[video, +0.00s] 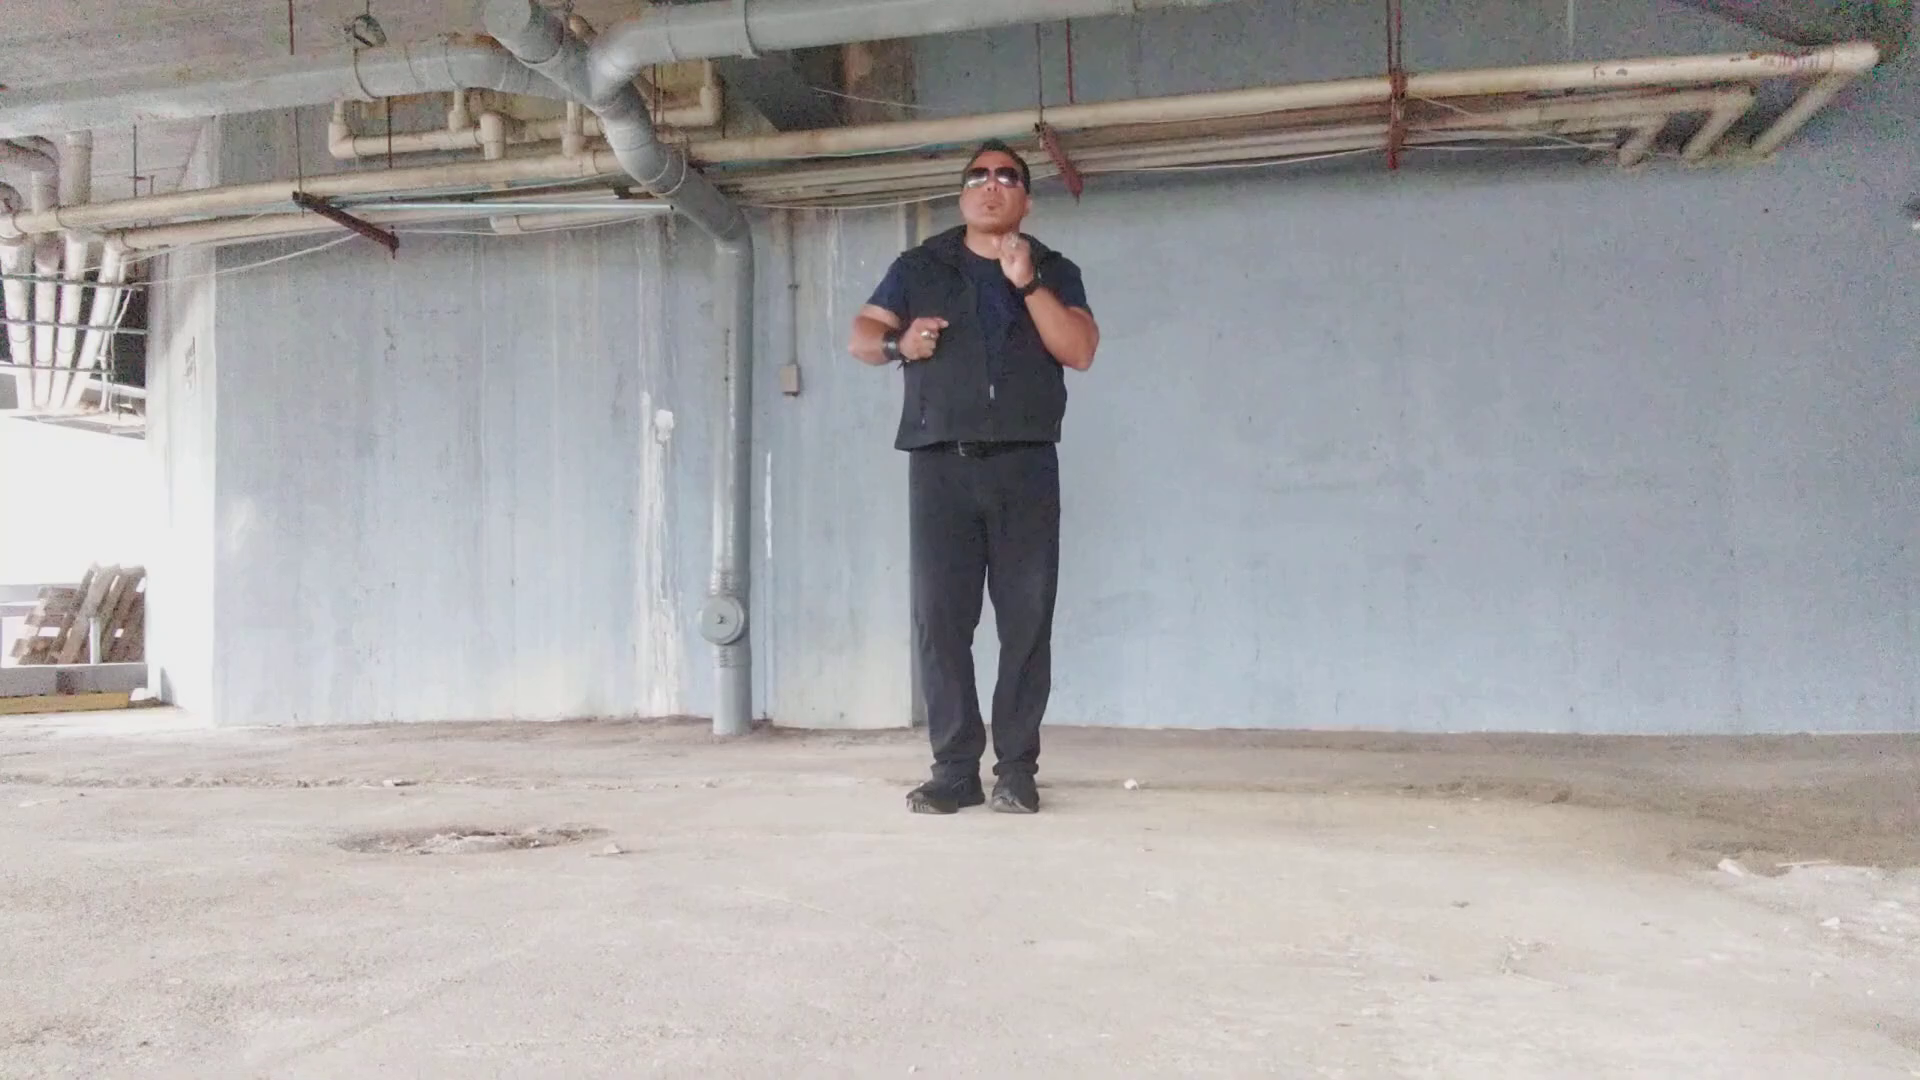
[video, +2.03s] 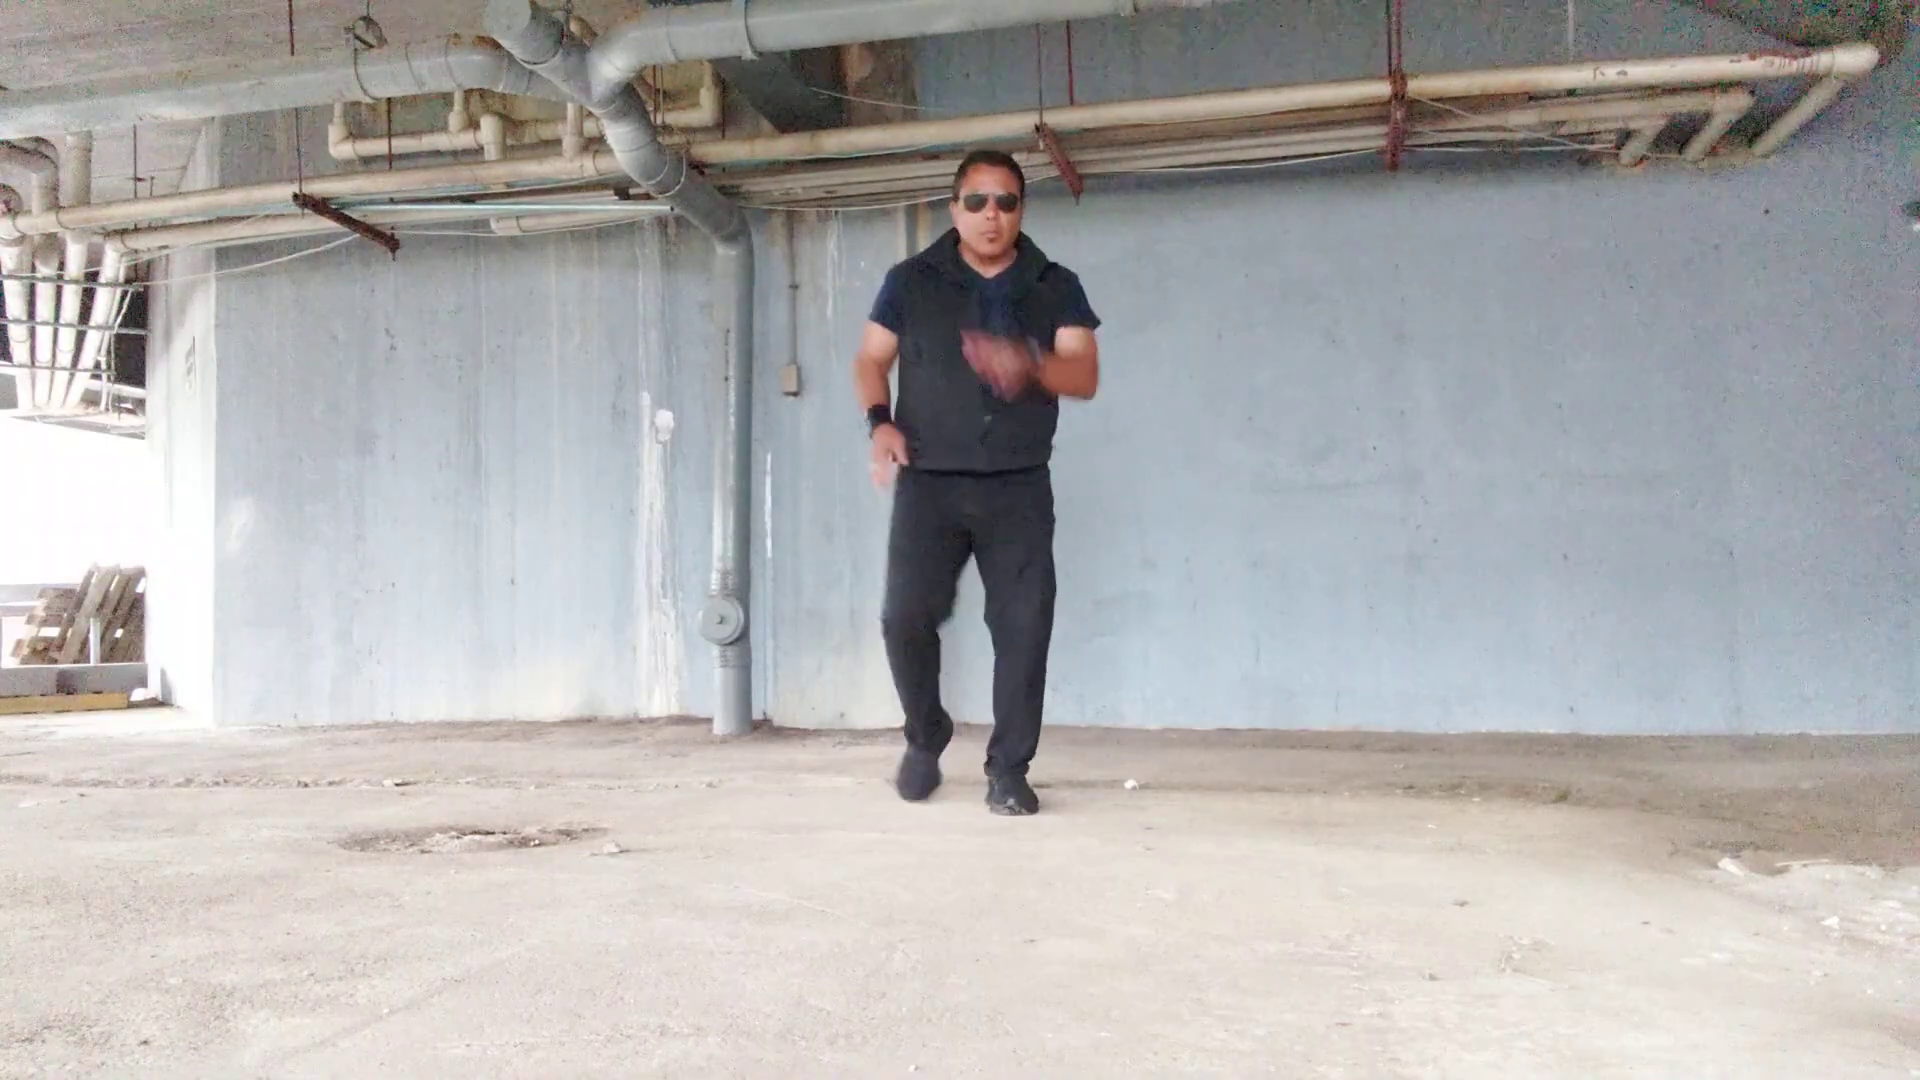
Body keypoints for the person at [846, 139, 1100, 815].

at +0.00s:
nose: (995, 186)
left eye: (1009, 178)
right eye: (982, 177)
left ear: (1027, 200)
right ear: (962, 196)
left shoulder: (1054, 270)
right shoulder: (920, 264)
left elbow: (1080, 351)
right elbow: (861, 338)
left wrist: (1029, 283)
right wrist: (898, 343)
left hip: (1024, 465)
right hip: (939, 466)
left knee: (1027, 622)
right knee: (940, 621)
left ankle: (1017, 768)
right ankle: (954, 770)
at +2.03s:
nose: (991, 215)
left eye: (1005, 203)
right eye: (977, 202)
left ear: (1022, 212)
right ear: (955, 209)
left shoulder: (1054, 285)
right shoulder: (913, 279)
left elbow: (1085, 378)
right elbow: (871, 361)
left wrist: (1031, 365)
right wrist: (881, 422)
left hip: (1017, 489)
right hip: (928, 485)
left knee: (1025, 632)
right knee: (905, 618)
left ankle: (1008, 772)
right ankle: (924, 733)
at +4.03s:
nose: (1000, 185)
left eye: (1015, 172)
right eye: (985, 171)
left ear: (1035, 182)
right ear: (960, 180)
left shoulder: (1072, 264)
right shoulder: (922, 260)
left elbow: (1124, 351)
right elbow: (882, 354)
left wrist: (1172, 428)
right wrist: (942, 349)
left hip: (1032, 467)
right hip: (946, 473)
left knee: (1032, 613)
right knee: (926, 614)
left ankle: (1063, 771)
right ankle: (1022, 729)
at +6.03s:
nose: (1106, 156)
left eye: (1121, 143)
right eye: (1088, 145)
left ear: (1139, 157)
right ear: (1063, 162)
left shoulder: (1176, 242)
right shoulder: (1027, 250)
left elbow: (1232, 323)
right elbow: (984, 346)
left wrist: (1142, 334)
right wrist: (1011, 416)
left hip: (1149, 465)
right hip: (1055, 465)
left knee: (1153, 617)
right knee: (1022, 601)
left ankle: (1150, 781)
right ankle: (1049, 772)